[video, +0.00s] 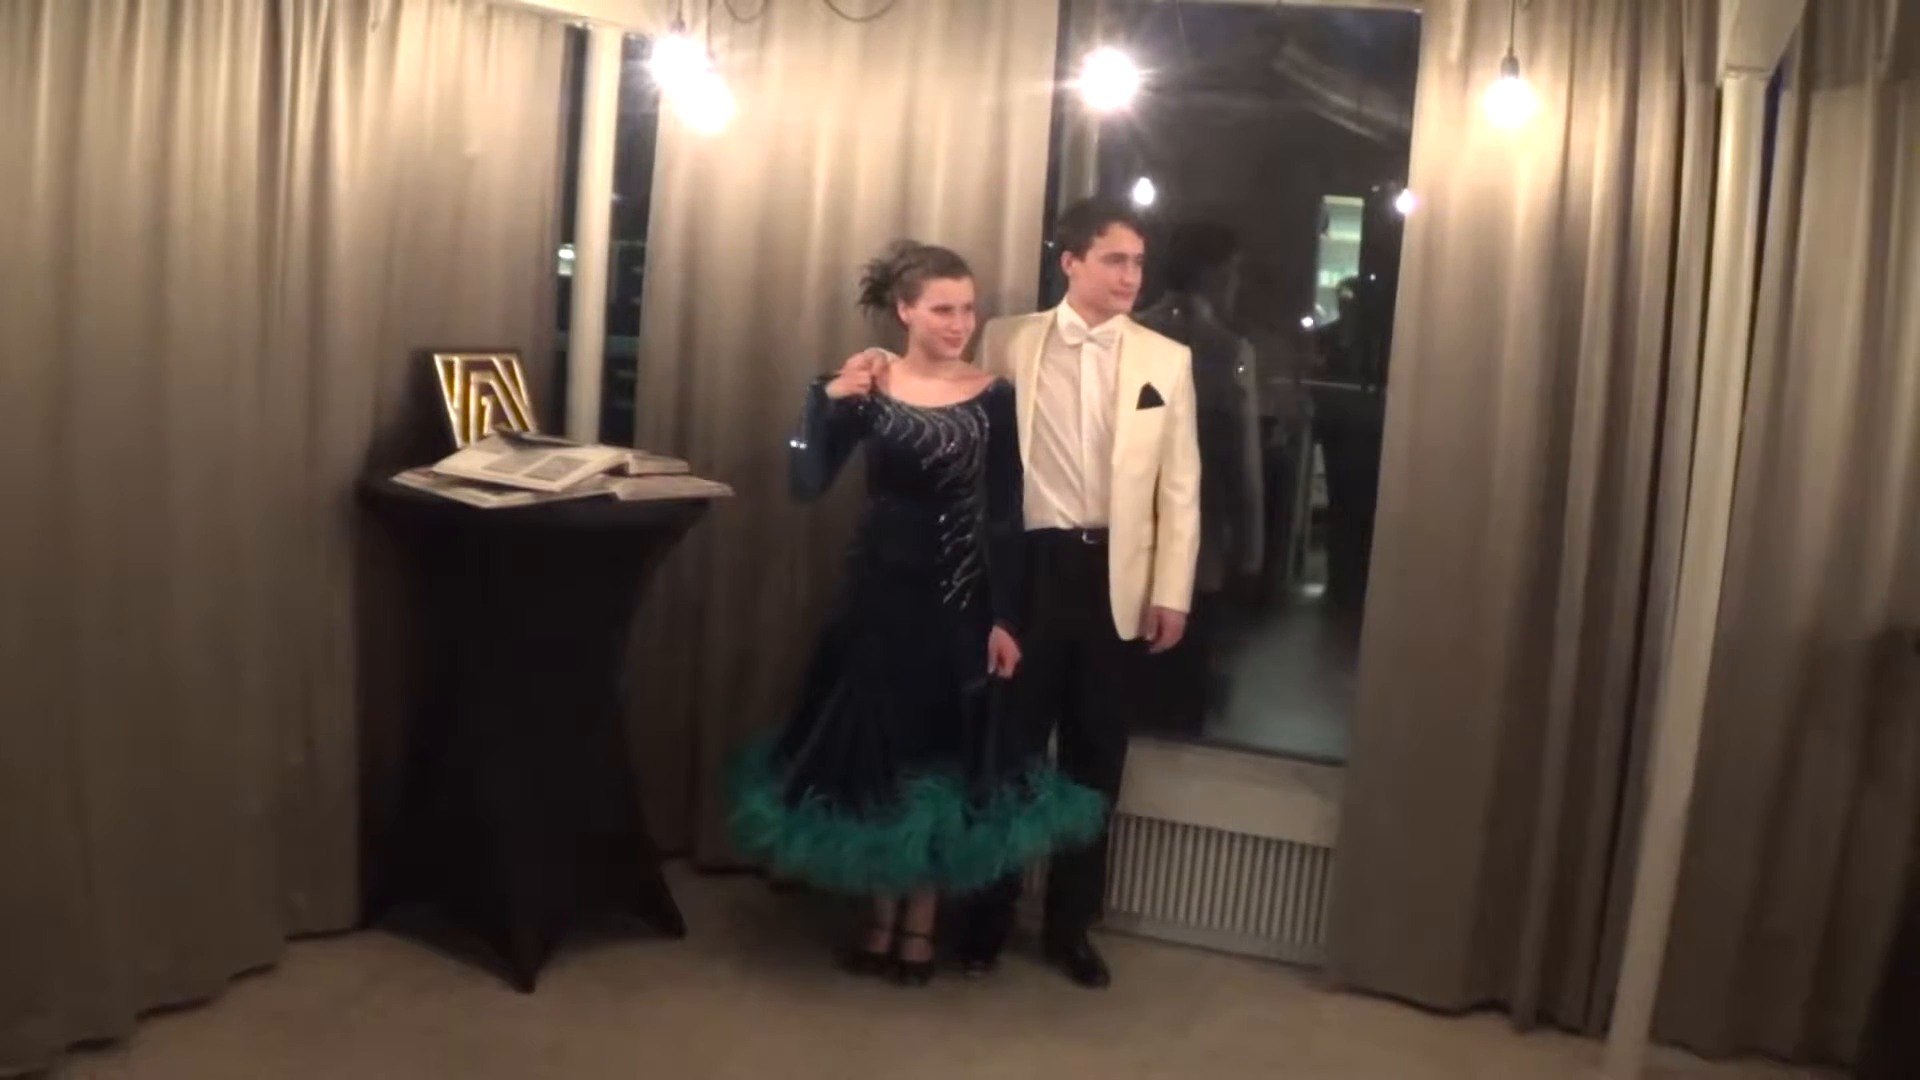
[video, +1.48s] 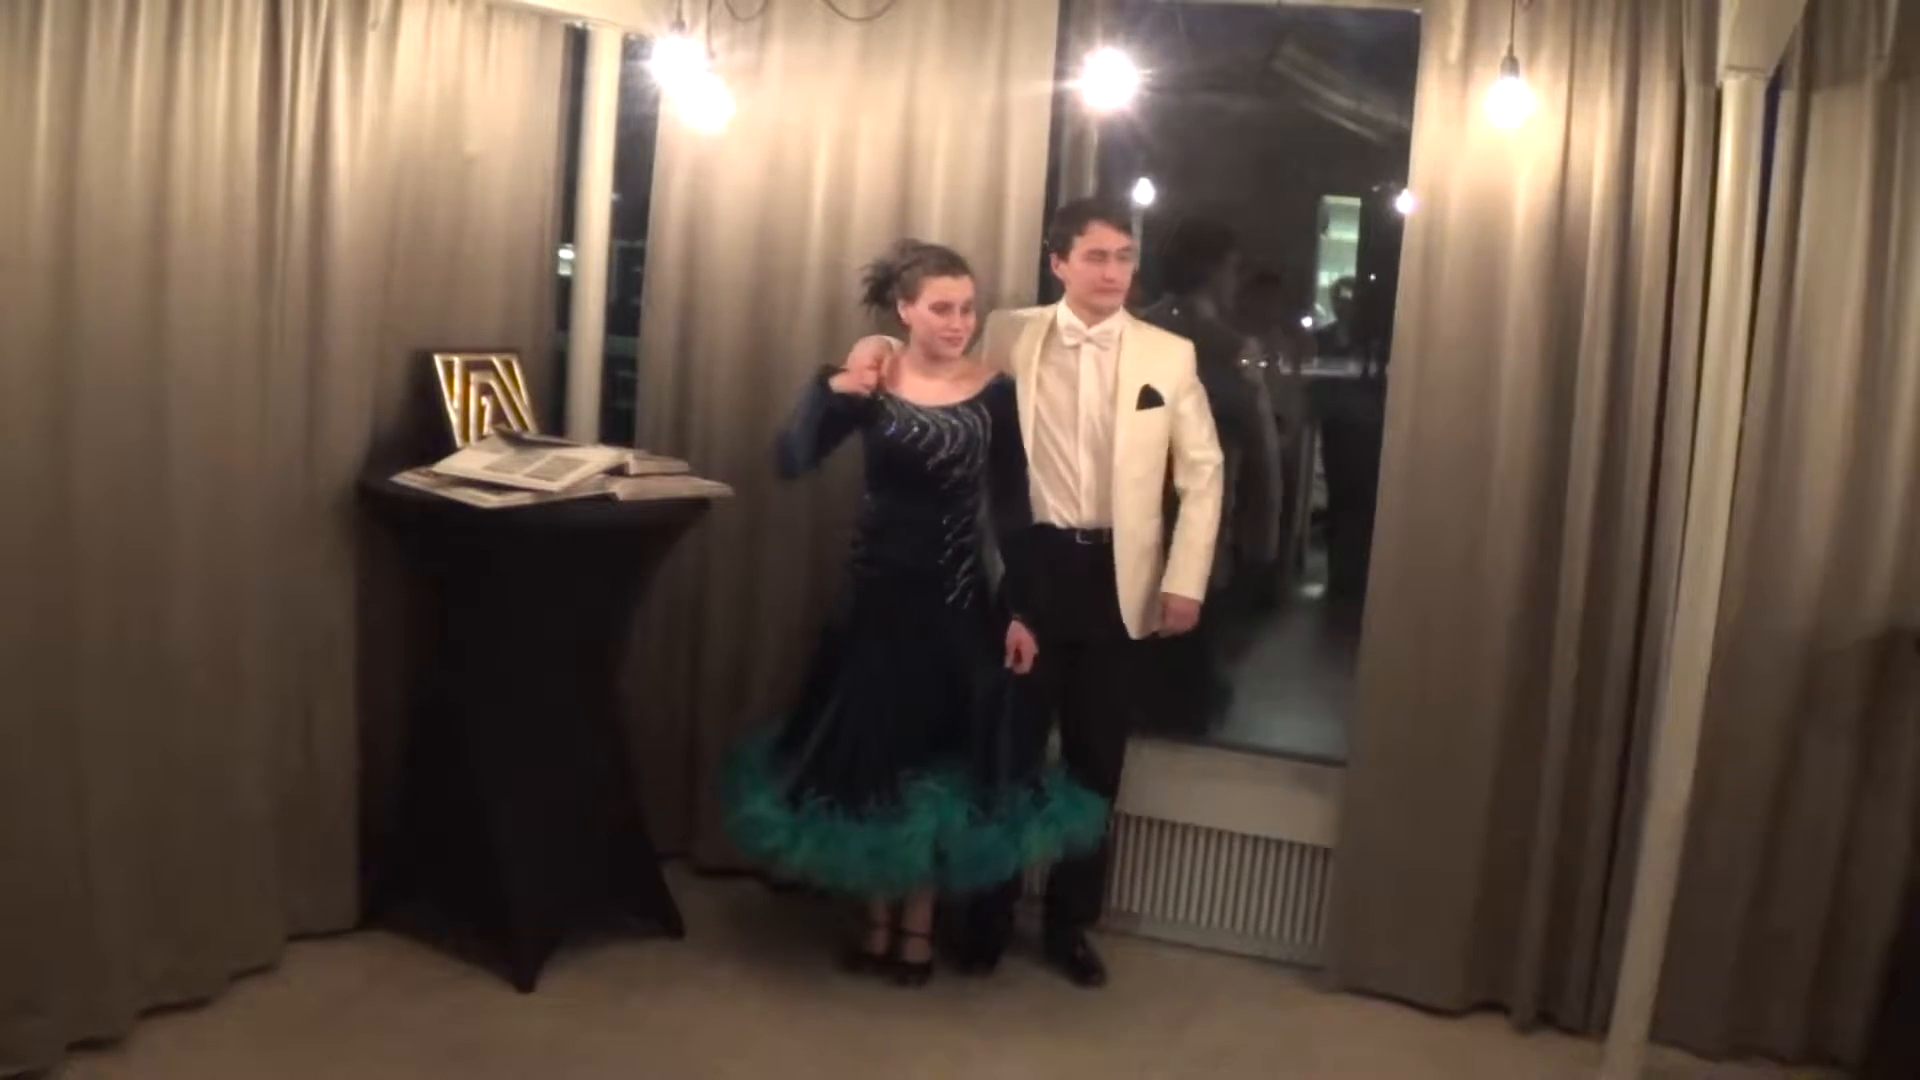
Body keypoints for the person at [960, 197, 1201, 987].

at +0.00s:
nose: (1129, 276)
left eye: (1138, 264)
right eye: (1114, 260)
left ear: (1144, 274)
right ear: (1069, 263)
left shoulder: (1167, 362)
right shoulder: (1009, 342)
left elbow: (1181, 488)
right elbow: (970, 456)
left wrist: (1172, 592)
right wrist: (964, 566)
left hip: (1115, 573)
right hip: (1021, 566)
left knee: (1096, 755)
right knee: (1007, 741)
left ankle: (1071, 927)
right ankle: (981, 920)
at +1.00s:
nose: (1124, 275)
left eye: (1133, 262)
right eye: (1109, 259)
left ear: (1141, 272)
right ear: (1064, 262)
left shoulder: (1163, 362)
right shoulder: (1007, 343)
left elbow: (1177, 485)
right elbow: (967, 457)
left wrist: (1169, 588)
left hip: (1114, 575)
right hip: (1020, 567)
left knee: (1094, 756)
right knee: (1005, 742)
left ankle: (1071, 926)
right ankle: (980, 921)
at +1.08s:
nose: (1124, 274)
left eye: (1133, 262)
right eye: (1109, 258)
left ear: (1140, 273)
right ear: (1064, 262)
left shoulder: (1162, 362)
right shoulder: (1007, 342)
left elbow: (1177, 485)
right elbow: (966, 453)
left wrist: (1169, 588)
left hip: (1114, 576)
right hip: (1020, 567)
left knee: (1094, 756)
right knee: (1006, 742)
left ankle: (1071, 926)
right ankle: (980, 920)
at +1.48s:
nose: (1112, 271)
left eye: (1123, 257)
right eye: (1097, 257)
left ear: (1135, 266)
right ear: (1059, 263)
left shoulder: (1167, 355)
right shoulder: (1009, 333)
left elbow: (1202, 475)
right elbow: (941, 375)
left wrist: (1185, 580)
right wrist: (879, 358)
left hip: (1116, 572)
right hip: (1023, 561)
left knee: (1097, 754)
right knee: (1009, 739)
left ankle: (1070, 926)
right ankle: (984, 922)